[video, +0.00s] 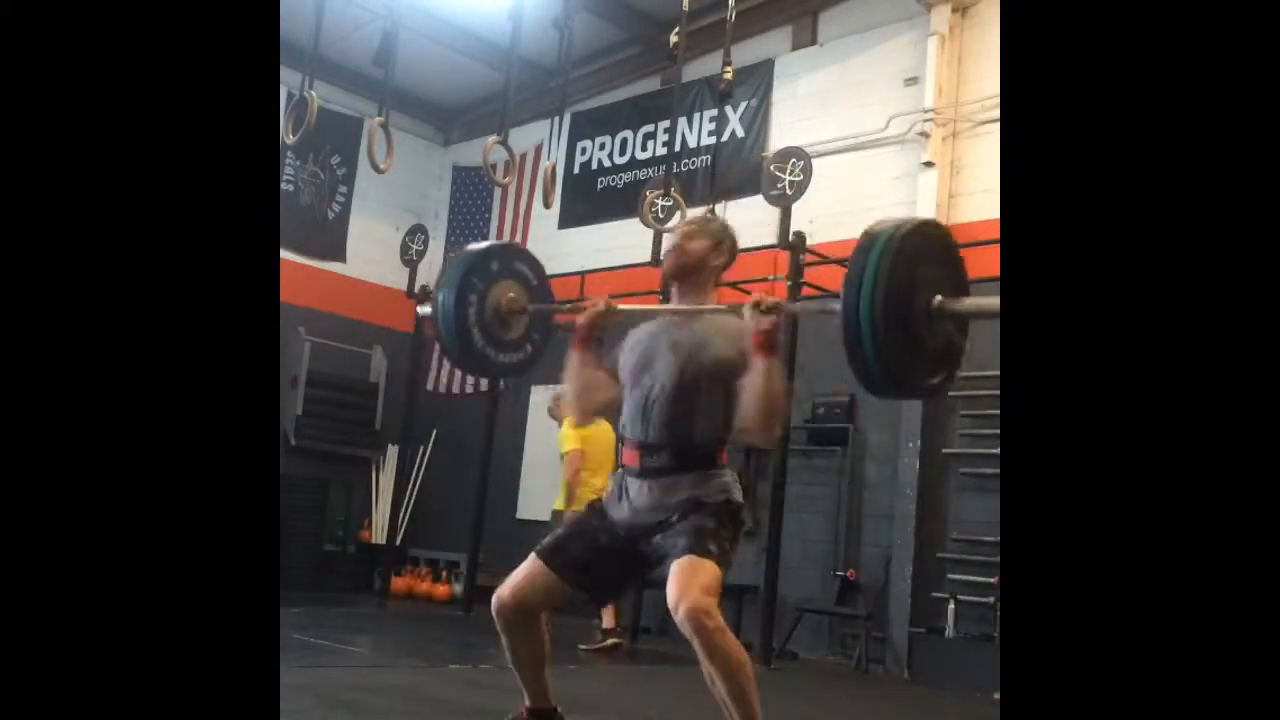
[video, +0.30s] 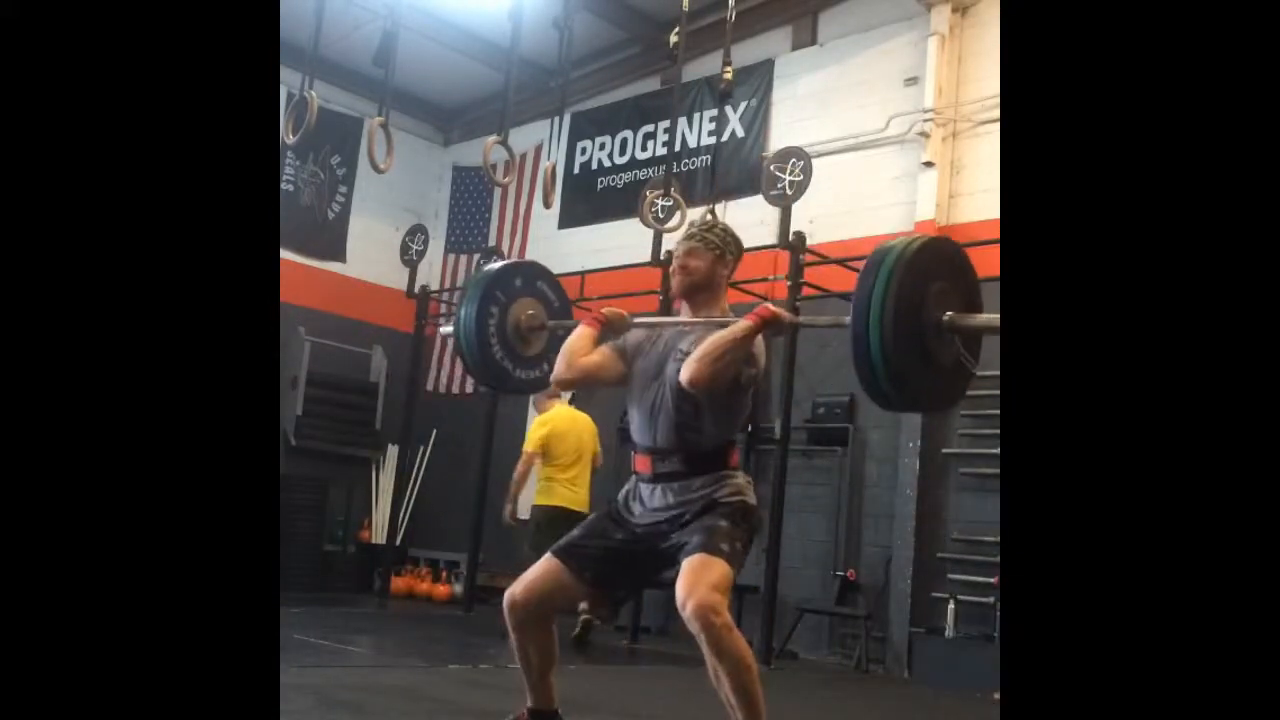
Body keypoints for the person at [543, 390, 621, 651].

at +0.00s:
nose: (556, 420)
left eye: (555, 413)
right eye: (554, 414)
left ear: (563, 408)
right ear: (587, 403)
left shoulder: (570, 427)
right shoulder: (606, 427)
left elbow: (574, 466)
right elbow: (610, 466)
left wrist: (569, 504)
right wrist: (602, 492)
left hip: (575, 506)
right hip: (603, 504)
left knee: (548, 564)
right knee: (603, 563)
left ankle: (538, 623)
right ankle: (609, 626)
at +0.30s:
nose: (537, 412)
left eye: (537, 407)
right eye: (536, 407)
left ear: (547, 400)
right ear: (560, 398)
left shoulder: (542, 422)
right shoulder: (587, 421)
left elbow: (526, 462)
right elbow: (597, 461)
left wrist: (512, 499)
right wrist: (573, 469)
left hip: (547, 504)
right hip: (579, 507)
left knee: (539, 567)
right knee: (575, 563)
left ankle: (536, 625)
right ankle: (584, 608)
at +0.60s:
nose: (530, 407)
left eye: (530, 403)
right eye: (531, 403)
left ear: (535, 400)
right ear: (554, 399)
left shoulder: (528, 421)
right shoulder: (577, 426)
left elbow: (502, 464)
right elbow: (587, 466)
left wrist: (512, 470)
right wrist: (586, 501)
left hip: (533, 501)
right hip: (562, 504)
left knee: (536, 561)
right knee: (543, 562)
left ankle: (538, 623)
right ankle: (534, 614)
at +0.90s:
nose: (522, 406)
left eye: (523, 402)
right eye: (525, 402)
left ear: (525, 401)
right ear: (546, 402)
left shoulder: (518, 422)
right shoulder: (562, 432)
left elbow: (497, 459)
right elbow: (569, 472)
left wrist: (516, 454)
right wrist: (565, 508)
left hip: (520, 501)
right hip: (545, 504)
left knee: (523, 560)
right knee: (527, 561)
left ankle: (535, 618)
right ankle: (511, 616)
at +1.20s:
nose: (514, 402)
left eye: (516, 397)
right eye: (516, 397)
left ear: (524, 398)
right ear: (539, 401)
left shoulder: (515, 419)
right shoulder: (549, 431)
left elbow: (489, 453)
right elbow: (542, 463)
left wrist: (511, 456)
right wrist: (514, 456)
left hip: (507, 498)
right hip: (532, 503)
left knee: (485, 550)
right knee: (521, 558)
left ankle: (501, 603)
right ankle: (511, 615)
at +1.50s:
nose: (497, 399)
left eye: (501, 394)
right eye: (499, 394)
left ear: (512, 397)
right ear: (520, 399)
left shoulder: (502, 423)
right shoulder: (532, 432)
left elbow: (477, 456)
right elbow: (516, 470)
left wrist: (502, 461)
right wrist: (483, 491)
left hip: (493, 500)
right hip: (519, 504)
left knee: (468, 553)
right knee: (514, 559)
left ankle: (443, 605)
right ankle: (509, 617)